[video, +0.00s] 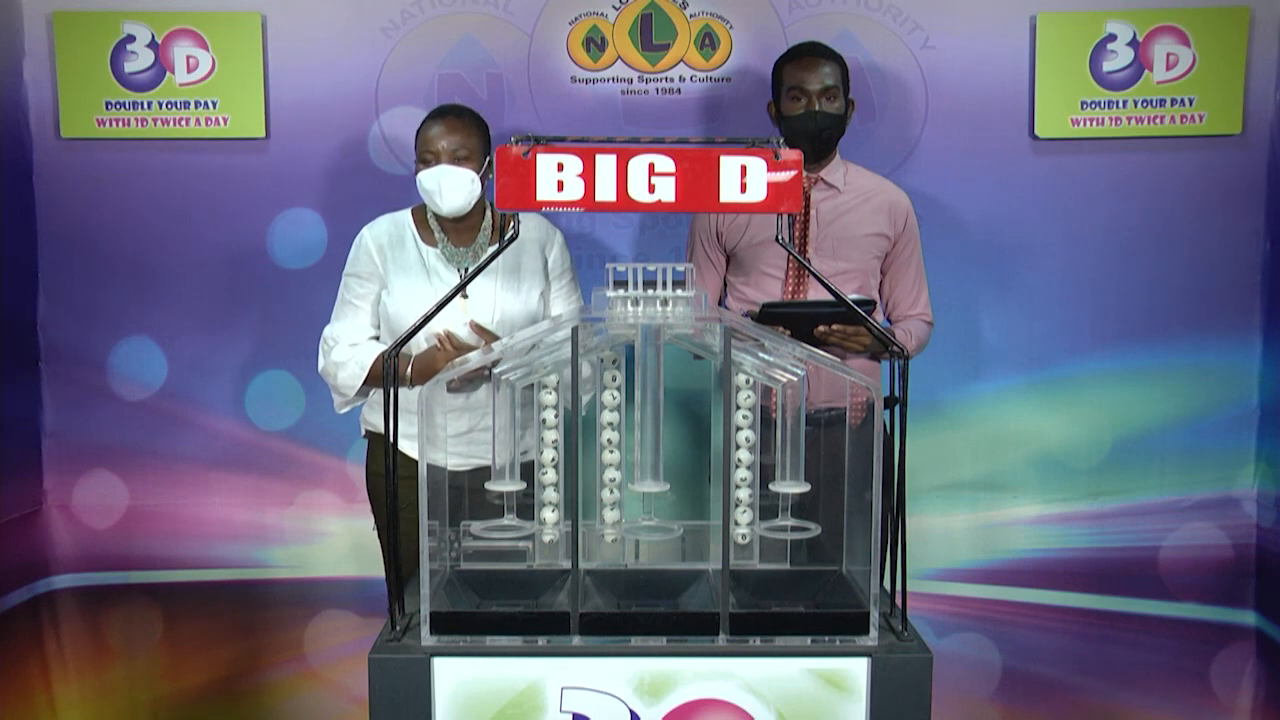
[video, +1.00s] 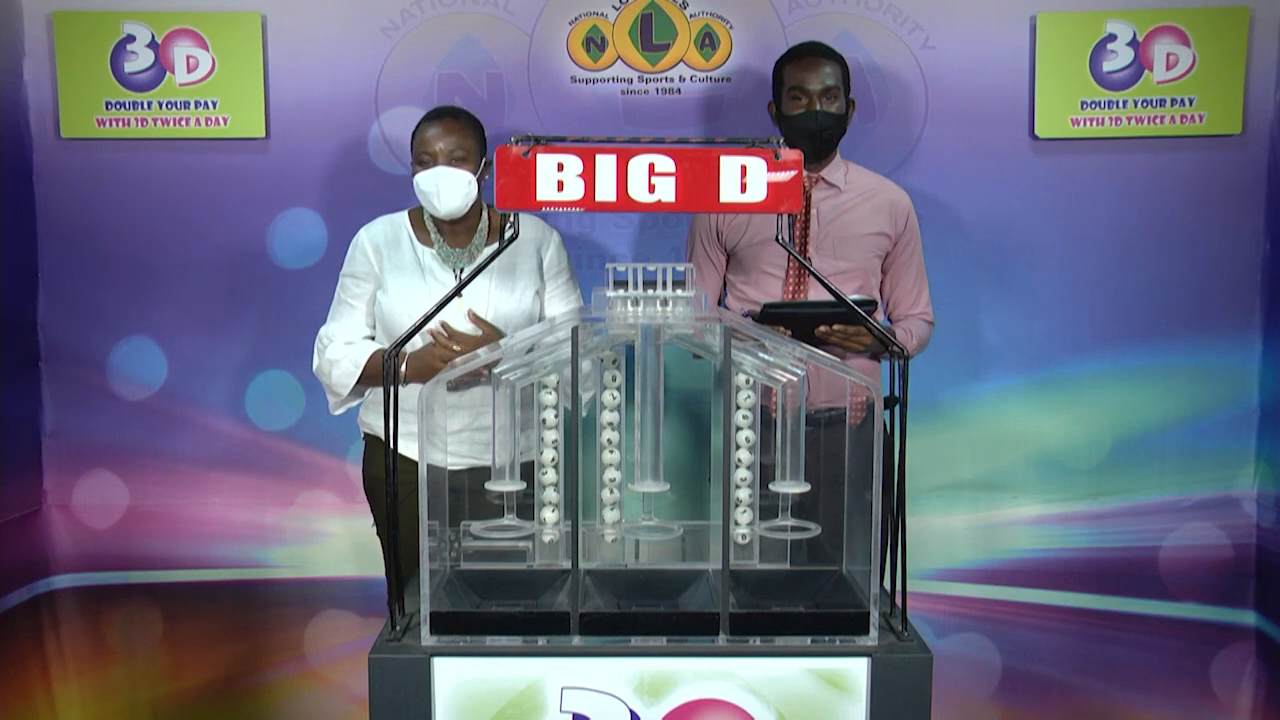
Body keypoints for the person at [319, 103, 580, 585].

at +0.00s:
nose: (445, 175)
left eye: (460, 160)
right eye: (431, 161)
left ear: (486, 163)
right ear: (417, 166)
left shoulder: (538, 239)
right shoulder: (379, 242)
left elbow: (574, 350)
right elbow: (339, 354)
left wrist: (505, 357)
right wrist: (412, 367)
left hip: (511, 463)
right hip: (407, 463)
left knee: (505, 619)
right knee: (417, 618)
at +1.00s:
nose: (442, 176)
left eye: (457, 161)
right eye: (428, 162)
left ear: (482, 166)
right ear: (413, 168)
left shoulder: (536, 241)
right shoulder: (376, 244)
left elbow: (574, 355)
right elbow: (333, 356)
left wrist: (505, 355)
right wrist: (408, 365)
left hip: (508, 463)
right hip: (405, 463)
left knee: (504, 616)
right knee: (417, 615)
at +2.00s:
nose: (435, 180)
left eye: (450, 164)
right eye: (419, 167)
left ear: (472, 166)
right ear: (402, 173)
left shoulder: (527, 240)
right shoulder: (368, 248)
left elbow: (562, 346)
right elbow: (330, 365)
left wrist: (505, 358)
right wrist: (417, 370)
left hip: (507, 462)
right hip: (404, 465)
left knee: (506, 619)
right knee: (416, 618)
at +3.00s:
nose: (445, 177)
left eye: (459, 161)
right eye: (431, 164)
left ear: (487, 166)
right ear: (418, 172)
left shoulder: (540, 243)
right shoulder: (383, 245)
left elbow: (571, 354)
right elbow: (341, 356)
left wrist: (498, 357)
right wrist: (420, 361)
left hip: (509, 461)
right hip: (407, 462)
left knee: (503, 616)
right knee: (416, 615)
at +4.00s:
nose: (450, 179)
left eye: (465, 163)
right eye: (436, 166)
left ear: (491, 165)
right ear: (422, 171)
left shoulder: (546, 246)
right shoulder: (386, 246)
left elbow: (580, 365)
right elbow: (342, 357)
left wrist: (506, 353)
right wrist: (419, 362)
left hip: (514, 464)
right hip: (410, 464)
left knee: (508, 618)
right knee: (418, 619)